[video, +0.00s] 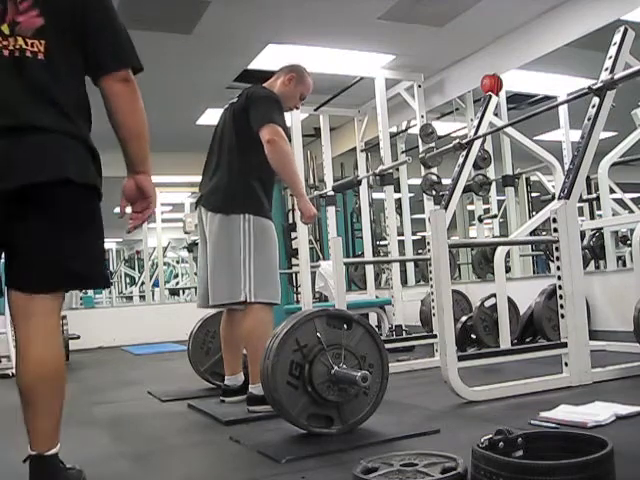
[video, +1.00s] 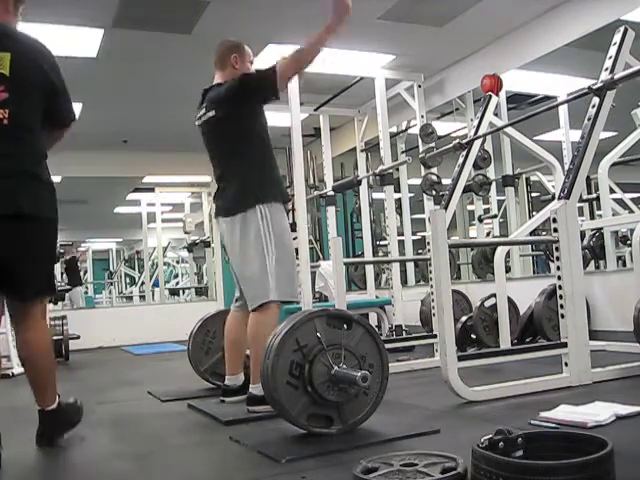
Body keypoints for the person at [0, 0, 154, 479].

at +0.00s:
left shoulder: (82, 8)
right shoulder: (76, 3)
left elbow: (115, 76)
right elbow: (117, 76)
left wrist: (137, 170)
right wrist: (139, 169)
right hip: (44, 160)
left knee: (37, 317)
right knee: (36, 316)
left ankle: (44, 459)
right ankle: (44, 461)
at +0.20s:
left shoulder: (81, 12)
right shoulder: (76, 8)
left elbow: (121, 97)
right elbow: (122, 97)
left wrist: (136, 174)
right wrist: (137, 174)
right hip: (41, 171)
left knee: (37, 319)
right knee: (37, 319)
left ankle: (44, 457)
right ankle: (44, 458)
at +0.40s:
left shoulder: (62, 22)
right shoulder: (60, 20)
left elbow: (104, 117)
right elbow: (105, 117)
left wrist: (89, 185)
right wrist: (91, 185)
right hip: (39, 183)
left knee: (27, 319)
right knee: (38, 319)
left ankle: (43, 453)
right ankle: (44, 454)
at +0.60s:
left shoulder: (40, 29)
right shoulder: (37, 29)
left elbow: (77, 115)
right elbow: (78, 115)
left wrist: (45, 166)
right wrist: (46, 164)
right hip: (29, 191)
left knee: (45, 308)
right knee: (44, 308)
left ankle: (47, 415)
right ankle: (48, 413)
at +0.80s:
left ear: (6, 8)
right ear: (12, 4)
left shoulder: (33, 39)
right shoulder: (30, 38)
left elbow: (60, 115)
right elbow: (62, 115)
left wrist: (27, 152)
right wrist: (27, 151)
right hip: (23, 186)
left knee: (51, 294)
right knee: (49, 294)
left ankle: (41, 399)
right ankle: (41, 398)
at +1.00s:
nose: (18, 12)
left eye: (14, 8)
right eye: (18, 7)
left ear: (4, 8)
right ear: (12, 7)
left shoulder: (32, 52)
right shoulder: (31, 51)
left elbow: (58, 120)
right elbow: (61, 121)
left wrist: (25, 154)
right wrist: (25, 154)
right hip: (22, 199)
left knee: (29, 311)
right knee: (29, 310)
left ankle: (50, 412)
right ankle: (50, 414)